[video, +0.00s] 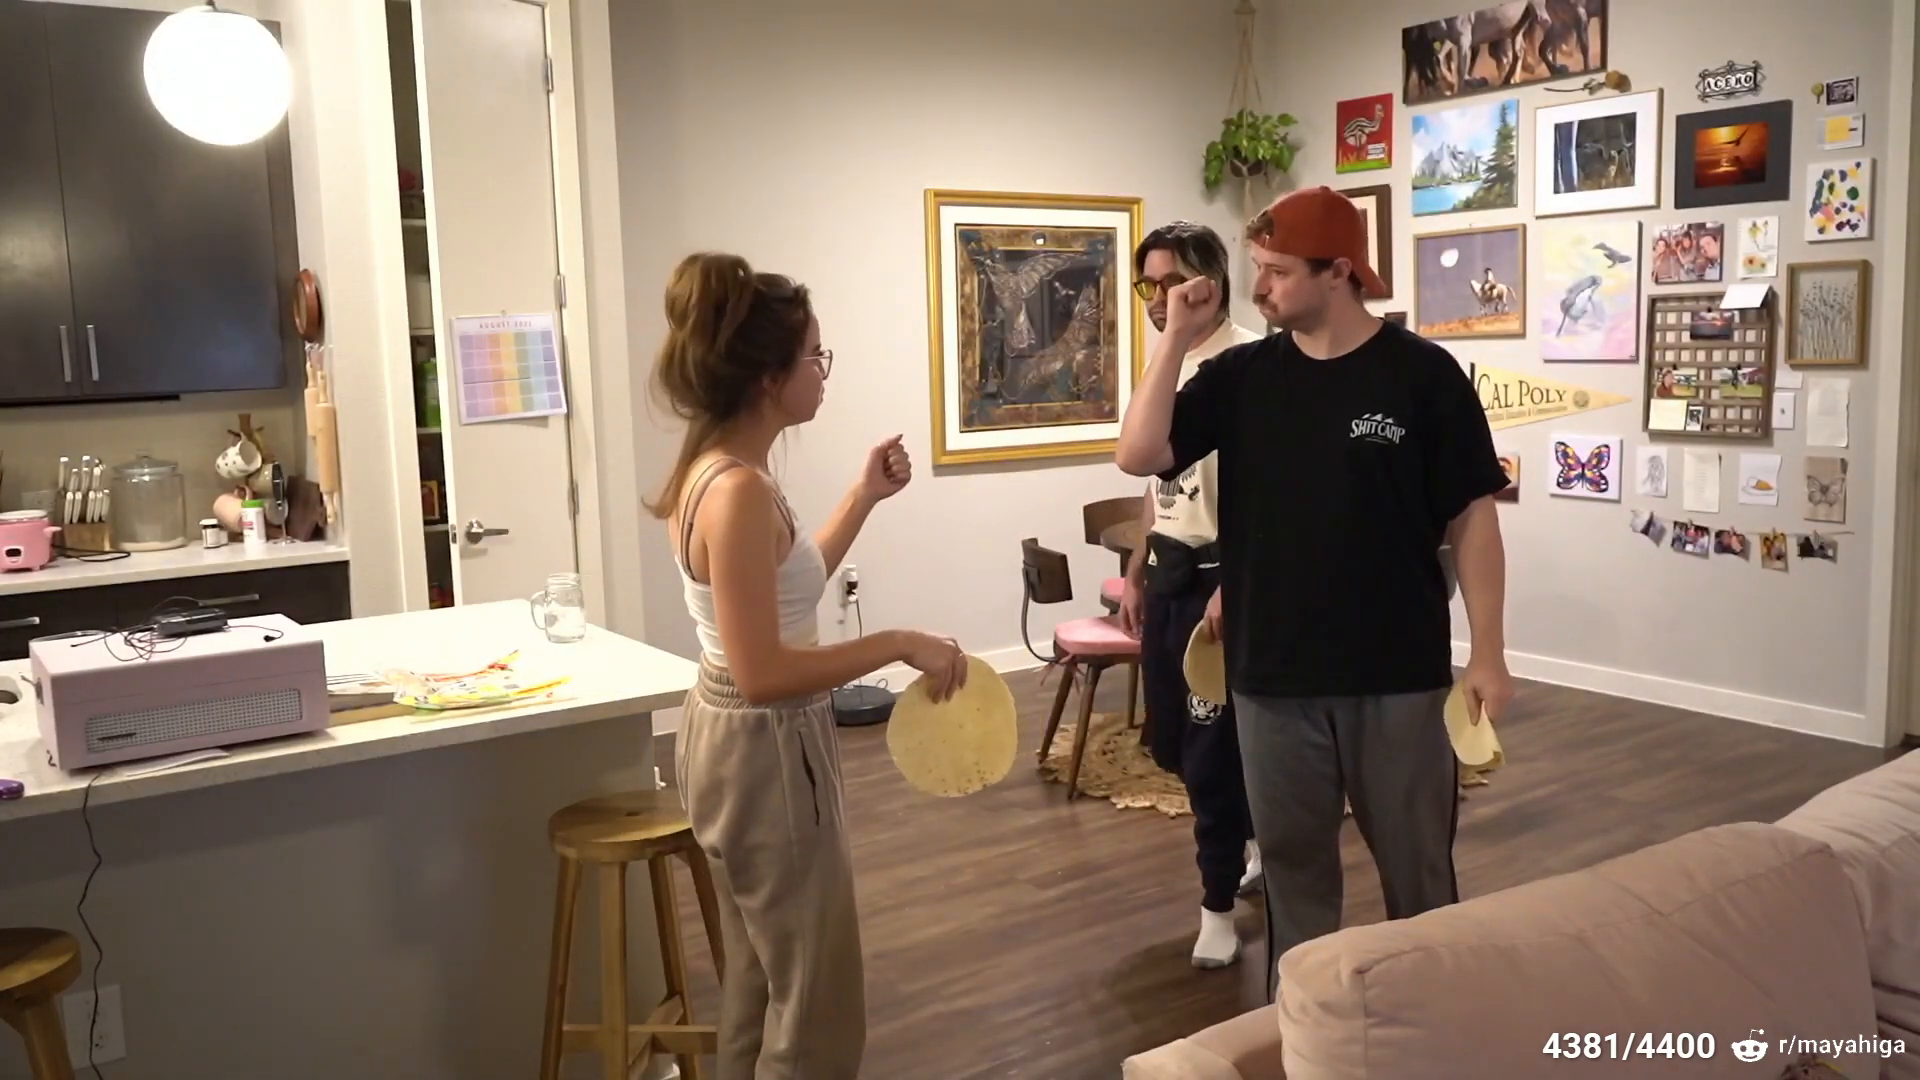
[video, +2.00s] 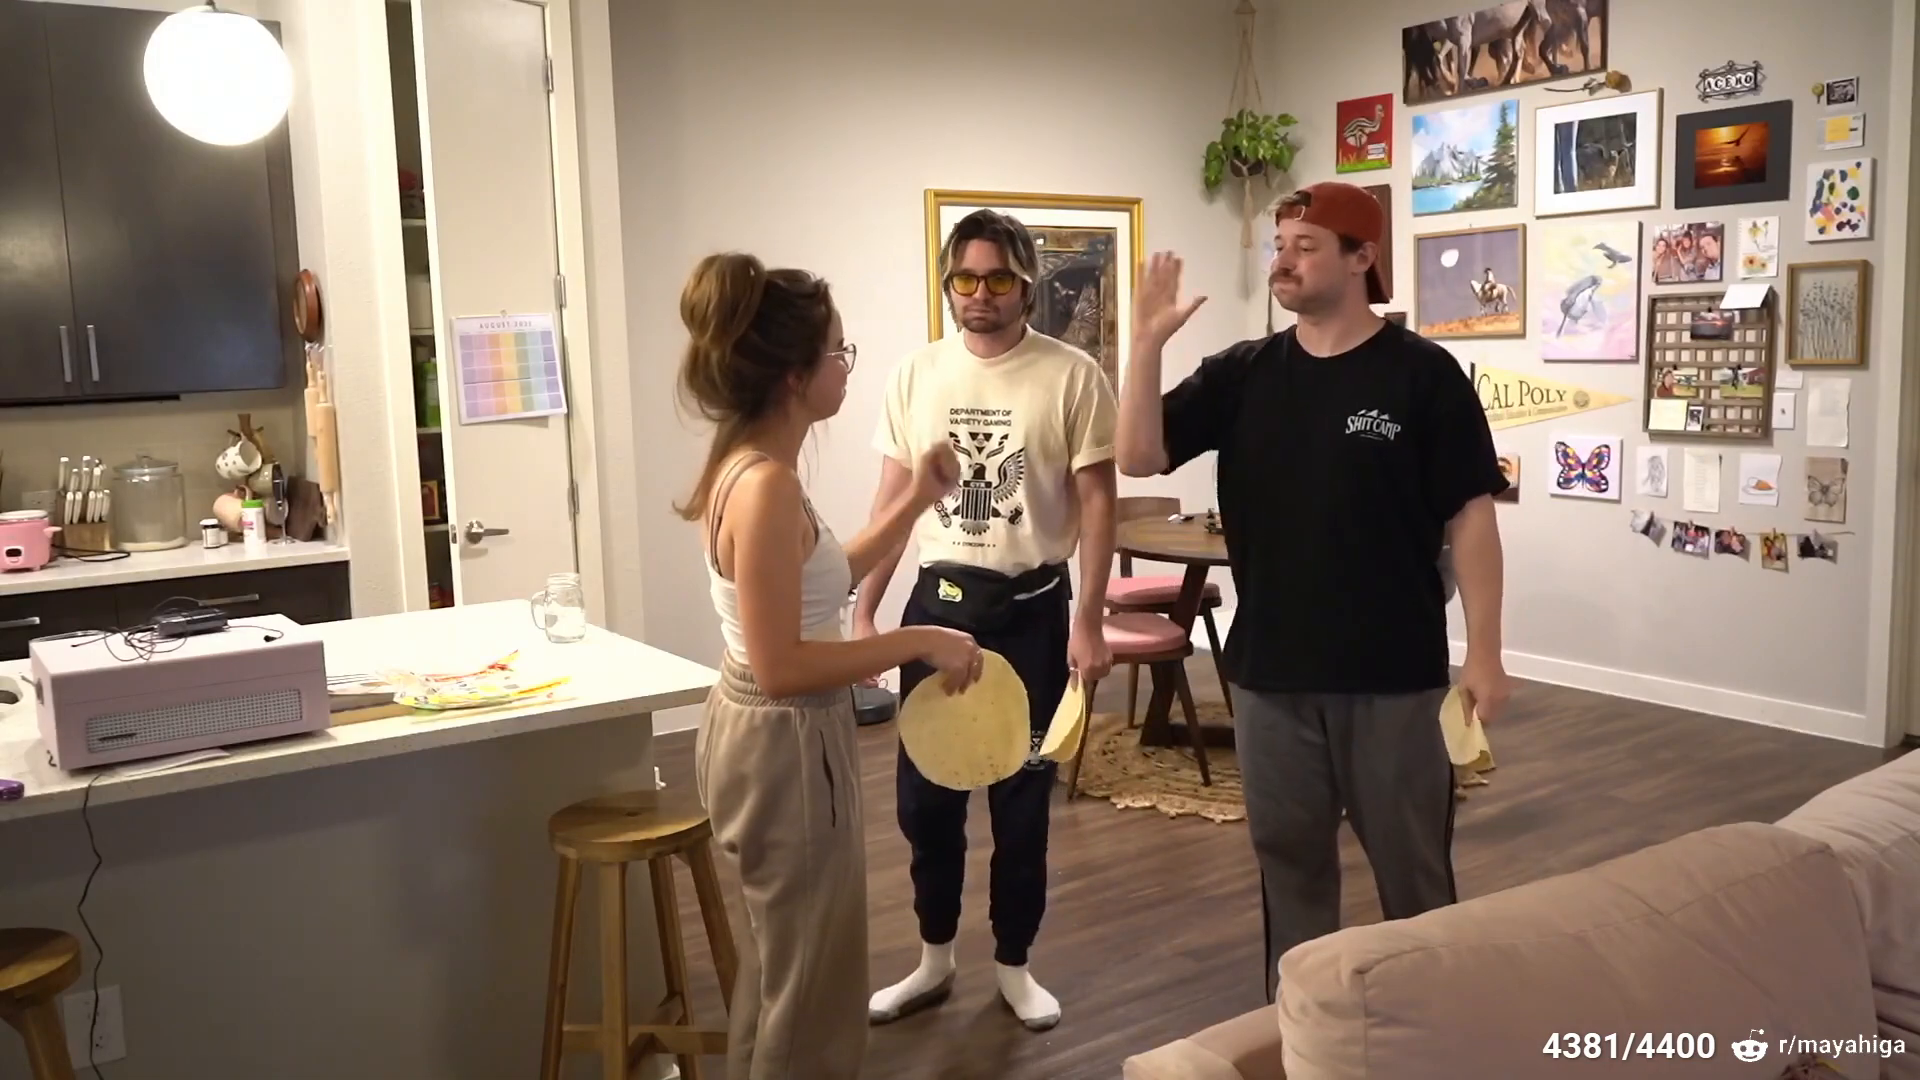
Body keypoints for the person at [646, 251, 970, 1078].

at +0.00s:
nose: (826, 369)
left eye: (821, 354)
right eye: (815, 357)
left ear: (756, 379)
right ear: (766, 378)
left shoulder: (712, 472)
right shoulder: (738, 491)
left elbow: (789, 588)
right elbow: (760, 673)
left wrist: (862, 496)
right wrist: (898, 643)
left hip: (729, 736)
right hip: (766, 751)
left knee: (759, 975)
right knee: (817, 998)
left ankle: (738, 1073)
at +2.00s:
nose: (848, 365)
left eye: (844, 351)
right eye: (838, 354)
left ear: (781, 377)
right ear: (793, 376)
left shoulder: (752, 469)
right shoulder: (764, 485)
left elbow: (827, 584)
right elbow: (779, 667)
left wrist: (915, 501)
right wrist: (925, 643)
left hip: (765, 732)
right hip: (785, 747)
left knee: (781, 966)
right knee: (812, 981)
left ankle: (762, 1071)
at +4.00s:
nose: (866, 382)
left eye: (864, 365)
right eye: (855, 369)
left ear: (796, 382)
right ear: (797, 382)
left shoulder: (783, 473)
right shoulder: (761, 489)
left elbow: (797, 616)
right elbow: (750, 671)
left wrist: (888, 627)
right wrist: (896, 663)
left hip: (798, 739)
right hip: (782, 751)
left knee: (795, 970)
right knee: (811, 983)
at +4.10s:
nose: (849, 395)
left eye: (853, 376)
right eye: (833, 381)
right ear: (770, 383)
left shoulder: (795, 465)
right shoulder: (745, 486)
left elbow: (802, 591)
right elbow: (753, 668)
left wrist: (885, 564)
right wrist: (898, 652)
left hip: (809, 735)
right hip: (777, 749)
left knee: (806, 970)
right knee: (805, 982)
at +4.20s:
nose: (796, 413)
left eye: (812, 390)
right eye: (774, 394)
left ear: (831, 377)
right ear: (734, 384)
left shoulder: (804, 462)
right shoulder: (723, 479)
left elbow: (883, 555)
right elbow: (749, 649)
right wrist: (895, 623)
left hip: (820, 724)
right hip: (771, 737)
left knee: (837, 971)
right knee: (822, 981)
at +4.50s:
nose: (704, 431)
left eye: (719, 406)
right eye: (683, 415)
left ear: (768, 395)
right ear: (666, 415)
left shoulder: (816, 462)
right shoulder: (665, 497)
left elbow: (831, 621)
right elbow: (669, 660)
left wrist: (765, 491)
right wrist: (783, 649)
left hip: (817, 731)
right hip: (715, 743)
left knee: (826, 988)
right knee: (774, 1010)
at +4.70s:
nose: (616, 488)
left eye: (634, 463)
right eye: (603, 466)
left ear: (703, 451)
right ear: (595, 457)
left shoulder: (777, 497)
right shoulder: (617, 534)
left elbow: (759, 670)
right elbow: (625, 682)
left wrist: (698, 541)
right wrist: (689, 710)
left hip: (804, 753)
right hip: (688, 764)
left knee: (813, 1005)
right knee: (712, 1030)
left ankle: (799, 1076)